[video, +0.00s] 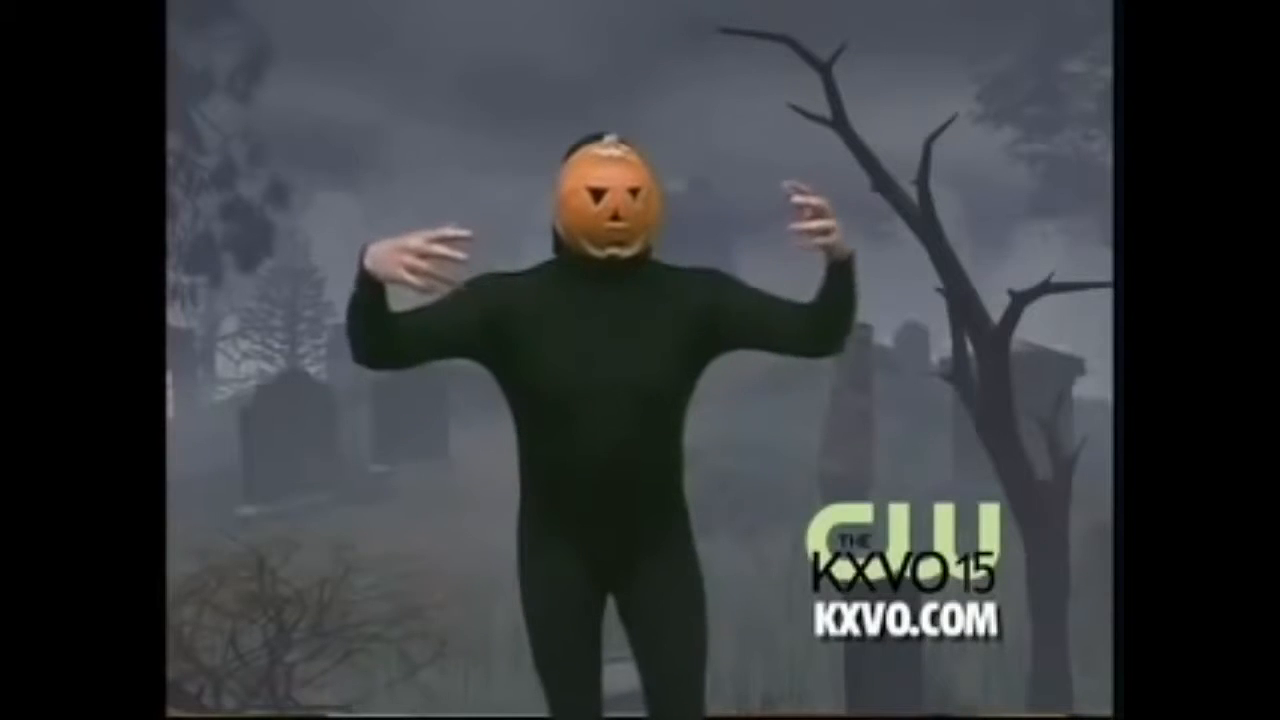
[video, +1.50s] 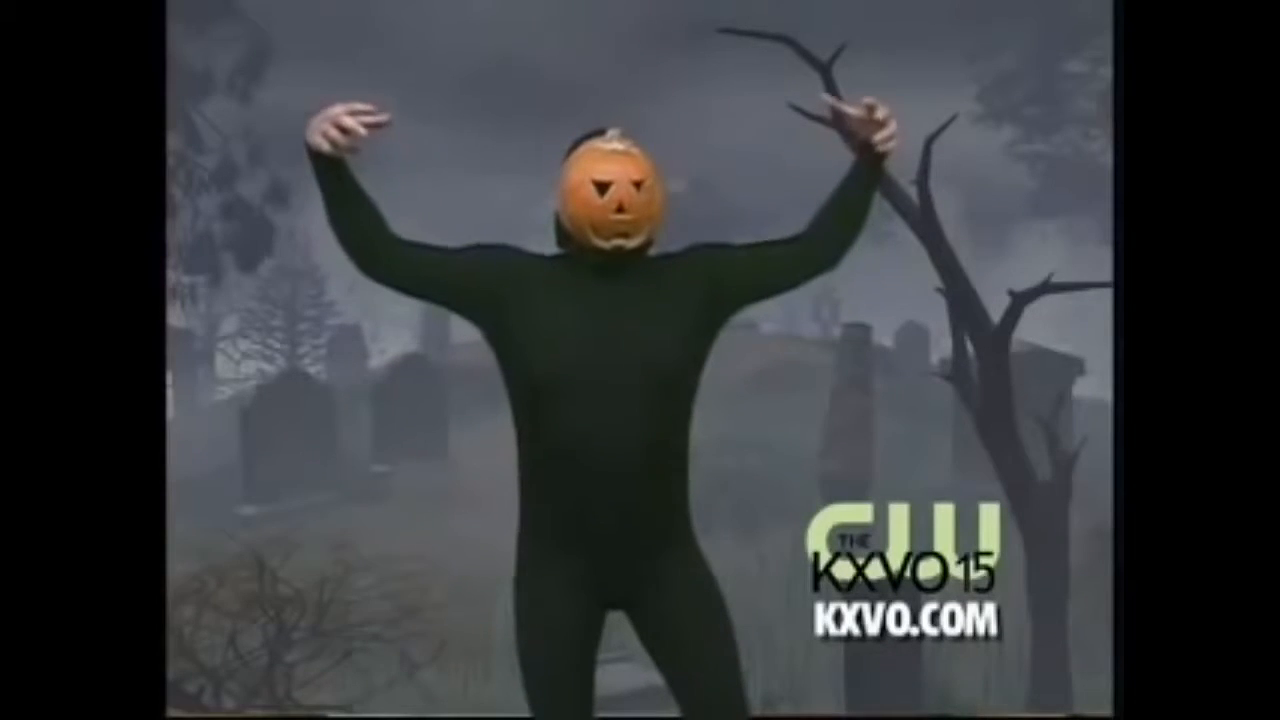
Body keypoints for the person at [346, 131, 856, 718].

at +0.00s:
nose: (616, 206)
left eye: (633, 193)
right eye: (596, 193)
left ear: (657, 209)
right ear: (559, 210)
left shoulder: (696, 299)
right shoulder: (505, 303)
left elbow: (821, 333)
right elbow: (379, 347)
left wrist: (840, 261)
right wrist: (371, 274)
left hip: (659, 545)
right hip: (556, 549)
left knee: (680, 704)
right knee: (572, 706)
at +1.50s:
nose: (616, 183)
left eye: (633, 172)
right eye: (595, 171)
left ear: (658, 201)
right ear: (560, 202)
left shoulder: (701, 281)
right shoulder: (507, 284)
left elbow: (818, 248)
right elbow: (379, 253)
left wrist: (866, 160)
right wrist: (328, 161)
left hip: (666, 557)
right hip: (556, 562)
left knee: (724, 710)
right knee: (559, 713)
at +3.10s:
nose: (619, 190)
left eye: (635, 180)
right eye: (598, 179)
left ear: (661, 202)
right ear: (563, 203)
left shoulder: (689, 267)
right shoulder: (518, 267)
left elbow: (780, 170)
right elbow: (421, 171)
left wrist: (815, 46)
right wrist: (383, 33)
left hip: (666, 560)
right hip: (554, 564)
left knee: (727, 710)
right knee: (545, 711)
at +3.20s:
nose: (619, 191)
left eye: (635, 181)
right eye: (599, 181)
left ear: (661, 203)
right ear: (564, 205)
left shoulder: (689, 268)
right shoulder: (519, 268)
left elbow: (778, 169)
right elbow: (427, 167)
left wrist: (795, 42)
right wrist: (407, 29)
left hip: (667, 561)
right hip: (554, 565)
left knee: (727, 711)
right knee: (546, 711)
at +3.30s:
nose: (620, 192)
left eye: (636, 183)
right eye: (600, 182)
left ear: (662, 204)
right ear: (565, 205)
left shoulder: (689, 270)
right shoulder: (521, 269)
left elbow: (776, 165)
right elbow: (434, 164)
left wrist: (778, 38)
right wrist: (429, 27)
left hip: (667, 561)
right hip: (554, 566)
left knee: (727, 711)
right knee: (546, 711)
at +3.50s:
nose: (623, 200)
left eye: (639, 190)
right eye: (602, 189)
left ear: (665, 211)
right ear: (568, 214)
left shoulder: (688, 278)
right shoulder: (527, 278)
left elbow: (769, 169)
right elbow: (451, 173)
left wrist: (743, 39)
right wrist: (476, 32)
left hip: (666, 562)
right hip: (555, 565)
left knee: (728, 711)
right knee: (546, 711)